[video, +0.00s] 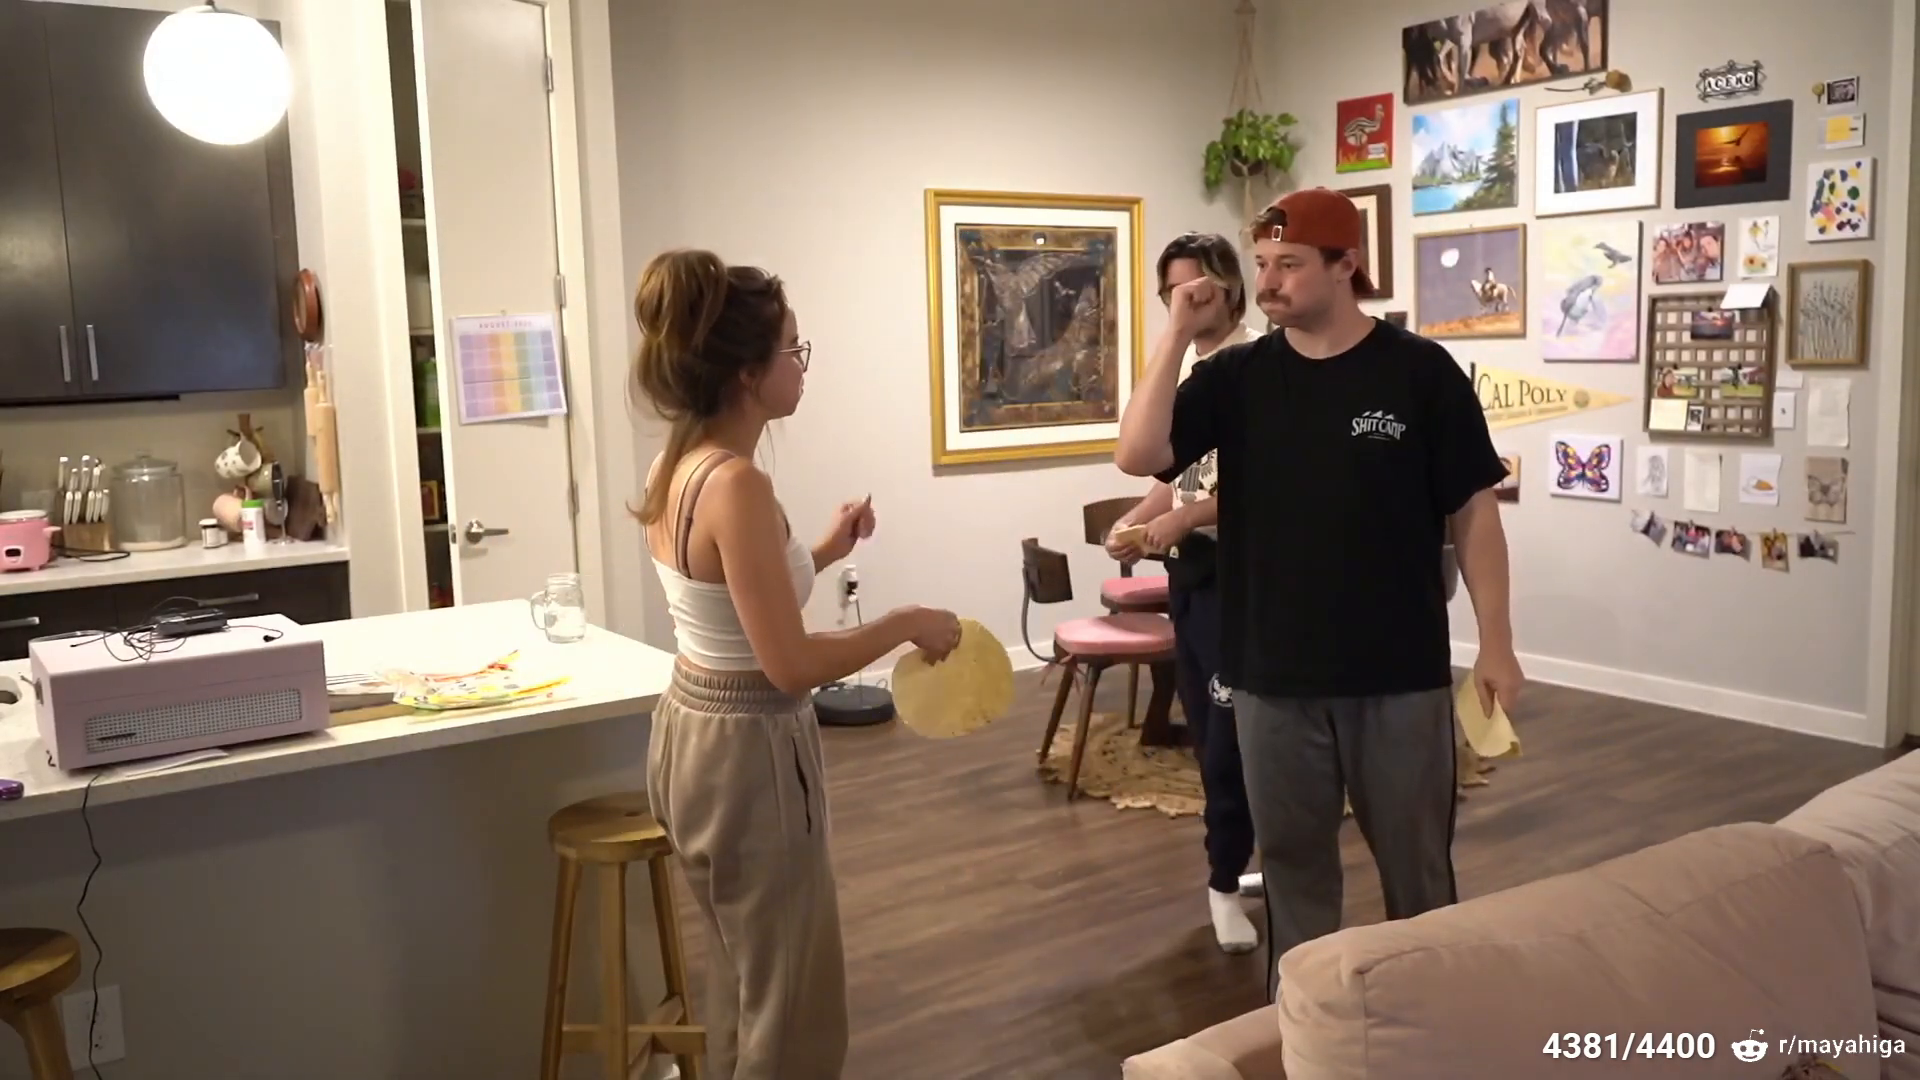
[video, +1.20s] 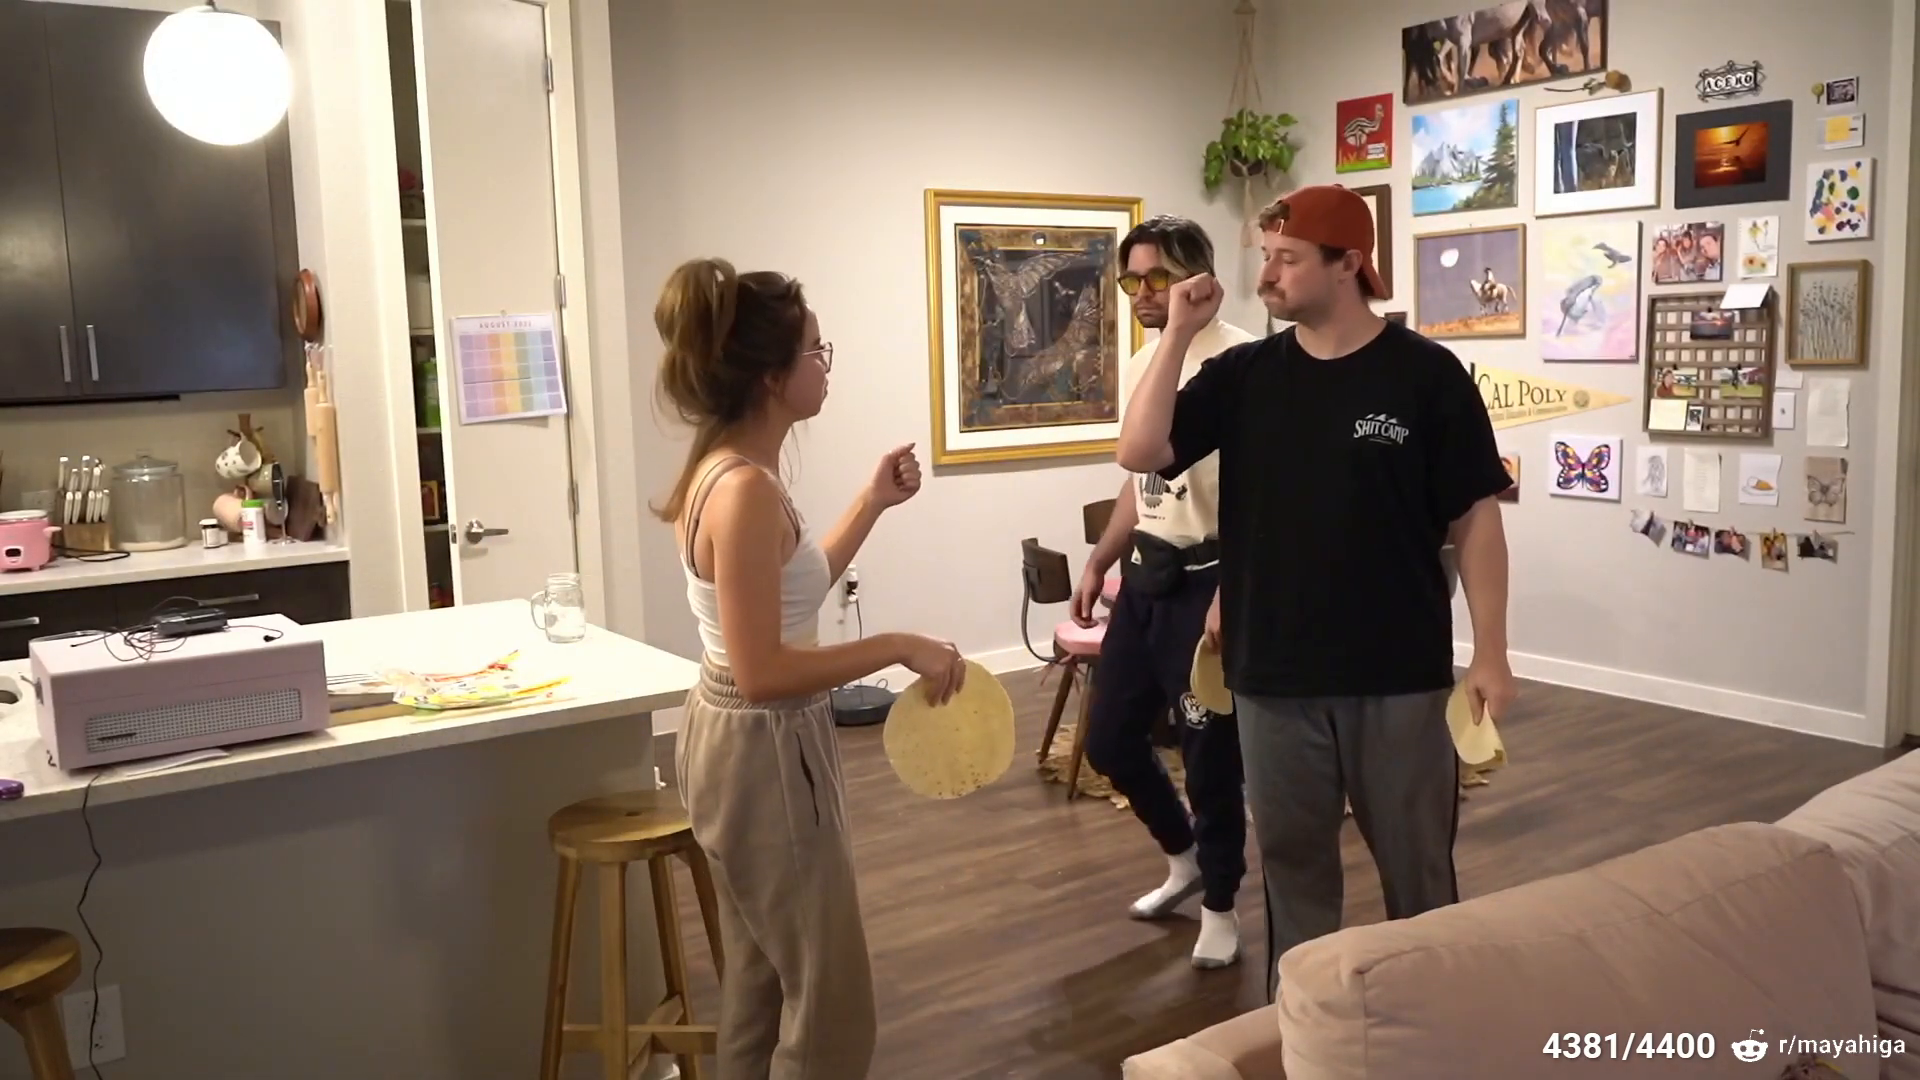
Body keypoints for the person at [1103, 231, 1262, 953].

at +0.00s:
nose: (1187, 299)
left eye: (1199, 286)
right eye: (1176, 291)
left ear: (1229, 289)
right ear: (1168, 302)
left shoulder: (1267, 370)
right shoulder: (1182, 379)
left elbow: (1274, 484)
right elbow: (1175, 474)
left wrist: (1191, 515)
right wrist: (1139, 517)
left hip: (1258, 573)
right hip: (1198, 570)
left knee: (1229, 733)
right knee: (1217, 725)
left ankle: (1225, 881)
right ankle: (1261, 853)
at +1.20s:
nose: (1140, 293)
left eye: (1155, 278)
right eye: (1132, 281)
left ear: (1197, 279)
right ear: (1129, 287)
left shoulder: (1239, 360)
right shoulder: (1150, 365)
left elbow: (1257, 487)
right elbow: (1144, 480)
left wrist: (1235, 598)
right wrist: (1099, 558)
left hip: (1212, 581)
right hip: (1144, 578)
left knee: (1210, 755)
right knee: (1112, 741)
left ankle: (1220, 907)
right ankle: (1191, 855)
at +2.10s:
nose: (980, 303)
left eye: (995, 287)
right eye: (966, 290)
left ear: (1025, 286)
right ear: (953, 297)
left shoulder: (1084, 363)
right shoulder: (944, 376)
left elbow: (1122, 480)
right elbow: (922, 497)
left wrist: (1113, 585)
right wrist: (875, 594)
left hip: (1065, 586)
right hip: (982, 586)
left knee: (1061, 772)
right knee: (997, 761)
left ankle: (1085, 927)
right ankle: (1046, 912)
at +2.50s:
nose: (986, 300)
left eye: (1003, 285)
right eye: (972, 287)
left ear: (1033, 288)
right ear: (956, 293)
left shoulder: (1084, 371)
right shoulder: (940, 375)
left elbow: (1116, 494)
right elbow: (927, 498)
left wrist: (1109, 614)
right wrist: (902, 613)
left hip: (1049, 603)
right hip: (958, 601)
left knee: (1032, 793)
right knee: (945, 793)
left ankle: (1014, 956)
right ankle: (1025, 879)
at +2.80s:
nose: (986, 296)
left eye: (1005, 282)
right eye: (973, 281)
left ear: (1038, 285)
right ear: (959, 284)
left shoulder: (1083, 373)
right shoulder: (933, 370)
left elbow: (1114, 499)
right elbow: (915, 502)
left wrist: (1106, 618)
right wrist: (883, 610)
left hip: (1041, 603)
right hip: (944, 600)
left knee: (1029, 798)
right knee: (931, 796)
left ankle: (1014, 966)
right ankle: (933, 956)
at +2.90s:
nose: (982, 295)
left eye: (1002, 281)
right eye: (970, 280)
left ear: (1035, 286)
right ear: (956, 283)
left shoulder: (1078, 375)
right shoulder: (931, 370)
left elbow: (1106, 501)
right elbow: (903, 492)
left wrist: (1098, 619)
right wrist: (869, 610)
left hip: (1037, 606)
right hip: (938, 603)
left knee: (1026, 800)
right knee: (930, 797)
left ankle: (1013, 967)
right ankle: (936, 959)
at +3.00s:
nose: (977, 294)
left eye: (996, 280)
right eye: (964, 279)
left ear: (1027, 285)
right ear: (949, 283)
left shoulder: (1074, 376)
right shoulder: (917, 374)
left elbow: (1097, 502)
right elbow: (893, 506)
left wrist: (1087, 618)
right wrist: (861, 618)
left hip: (1035, 605)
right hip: (936, 603)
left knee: (1023, 796)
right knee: (927, 795)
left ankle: (1014, 967)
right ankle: (936, 957)